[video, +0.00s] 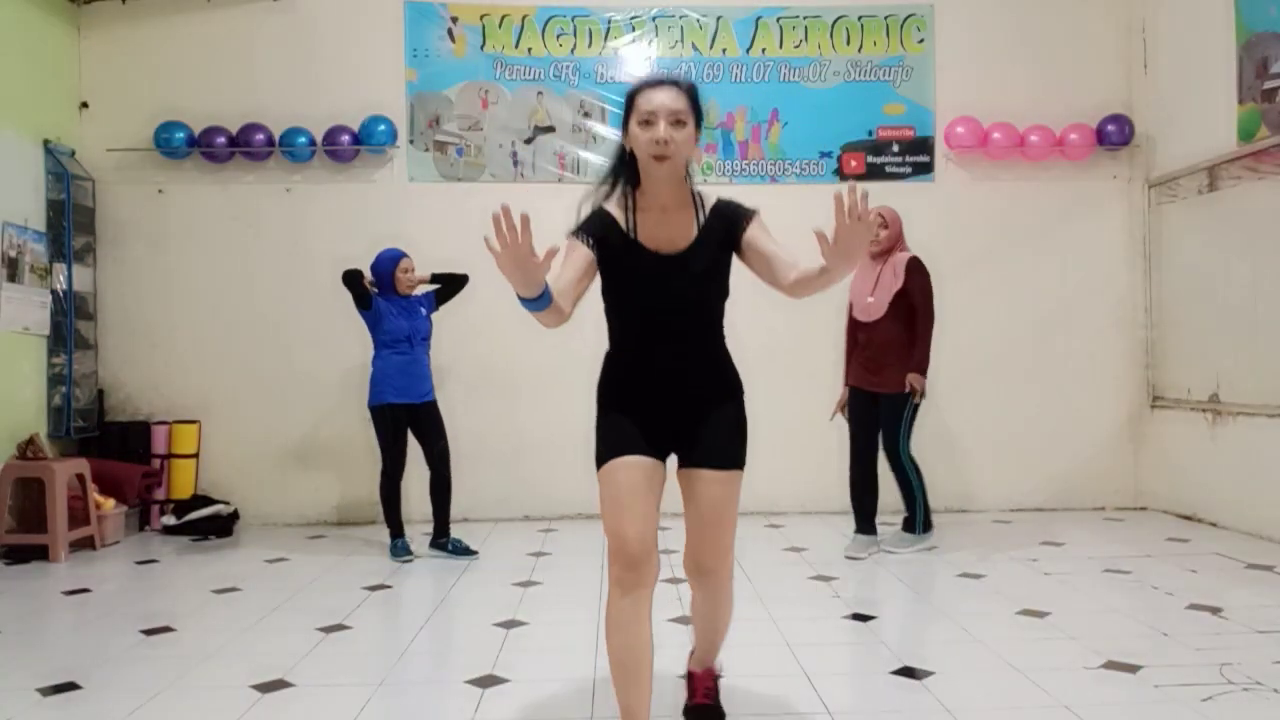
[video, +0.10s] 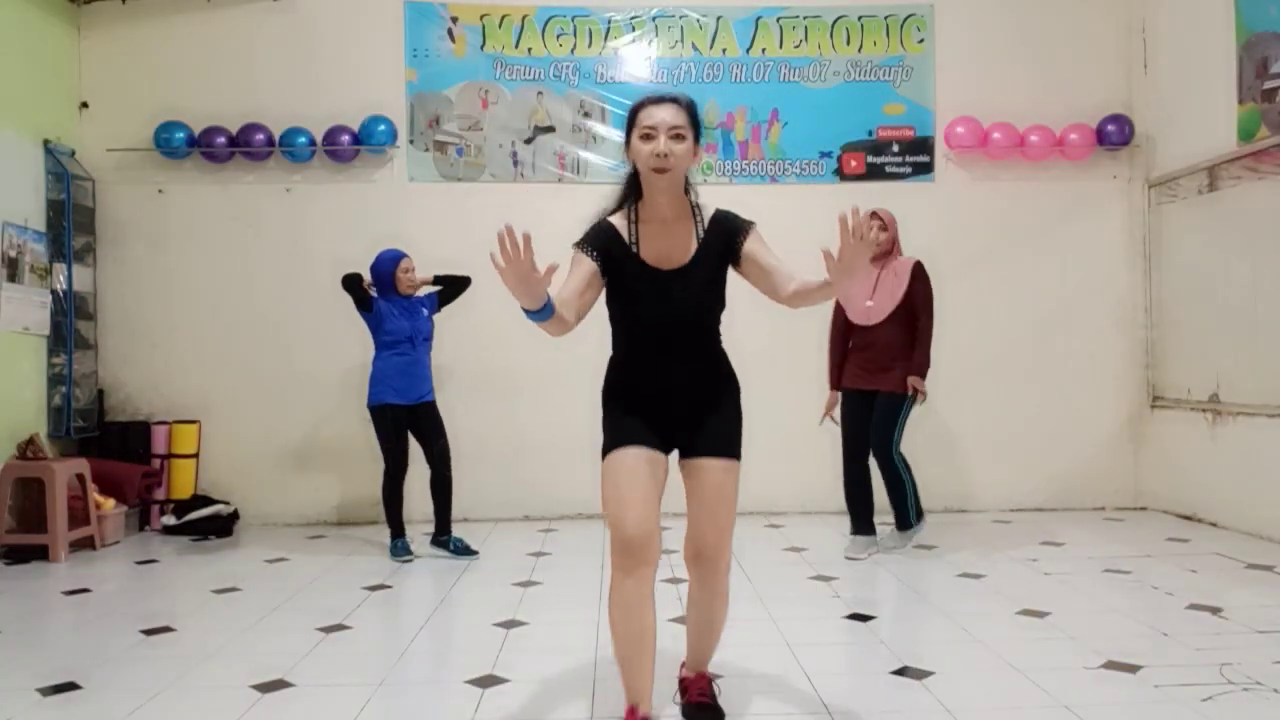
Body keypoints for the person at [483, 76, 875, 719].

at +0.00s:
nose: (662, 132)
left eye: (676, 121)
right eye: (647, 121)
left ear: (696, 135)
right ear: (627, 135)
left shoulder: (726, 218)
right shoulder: (606, 221)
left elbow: (792, 281)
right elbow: (556, 313)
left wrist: (837, 264)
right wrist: (528, 286)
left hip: (711, 401)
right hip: (629, 403)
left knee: (709, 564)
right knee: (630, 562)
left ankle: (703, 675)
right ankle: (635, 716)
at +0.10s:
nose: (662, 146)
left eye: (675, 135)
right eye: (648, 135)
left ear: (695, 149)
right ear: (630, 149)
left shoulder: (724, 229)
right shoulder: (609, 234)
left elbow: (789, 290)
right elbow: (562, 321)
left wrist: (838, 276)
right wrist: (533, 300)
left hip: (710, 401)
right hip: (633, 403)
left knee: (709, 555)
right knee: (633, 548)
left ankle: (697, 680)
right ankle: (637, 709)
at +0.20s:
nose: (657, 147)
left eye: (670, 137)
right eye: (644, 138)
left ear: (689, 151)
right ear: (627, 152)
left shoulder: (718, 227)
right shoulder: (608, 234)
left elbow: (777, 286)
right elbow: (567, 315)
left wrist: (833, 286)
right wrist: (537, 304)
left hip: (704, 389)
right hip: (631, 390)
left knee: (703, 532)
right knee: (632, 526)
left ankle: (697, 674)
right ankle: (643, 667)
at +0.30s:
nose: (652, 157)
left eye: (664, 147)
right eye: (640, 147)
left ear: (683, 160)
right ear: (623, 161)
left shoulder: (709, 235)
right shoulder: (603, 239)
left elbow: (771, 288)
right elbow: (565, 316)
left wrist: (823, 285)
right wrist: (536, 305)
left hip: (693, 388)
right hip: (625, 389)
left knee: (700, 523)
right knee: (630, 530)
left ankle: (699, 664)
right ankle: (627, 617)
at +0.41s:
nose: (647, 166)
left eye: (658, 157)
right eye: (636, 157)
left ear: (675, 171)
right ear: (620, 172)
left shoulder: (701, 243)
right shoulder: (600, 247)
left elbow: (757, 292)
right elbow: (560, 320)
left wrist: (812, 287)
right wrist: (531, 306)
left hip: (686, 388)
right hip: (620, 390)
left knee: (696, 517)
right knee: (625, 521)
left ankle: (699, 653)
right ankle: (629, 629)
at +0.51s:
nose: (646, 168)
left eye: (656, 159)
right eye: (634, 161)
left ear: (673, 172)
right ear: (620, 175)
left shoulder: (699, 242)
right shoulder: (602, 247)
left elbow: (754, 292)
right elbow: (561, 318)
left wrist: (804, 293)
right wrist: (531, 308)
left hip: (683, 383)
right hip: (620, 385)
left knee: (691, 503)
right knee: (623, 509)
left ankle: (682, 628)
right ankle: (629, 627)